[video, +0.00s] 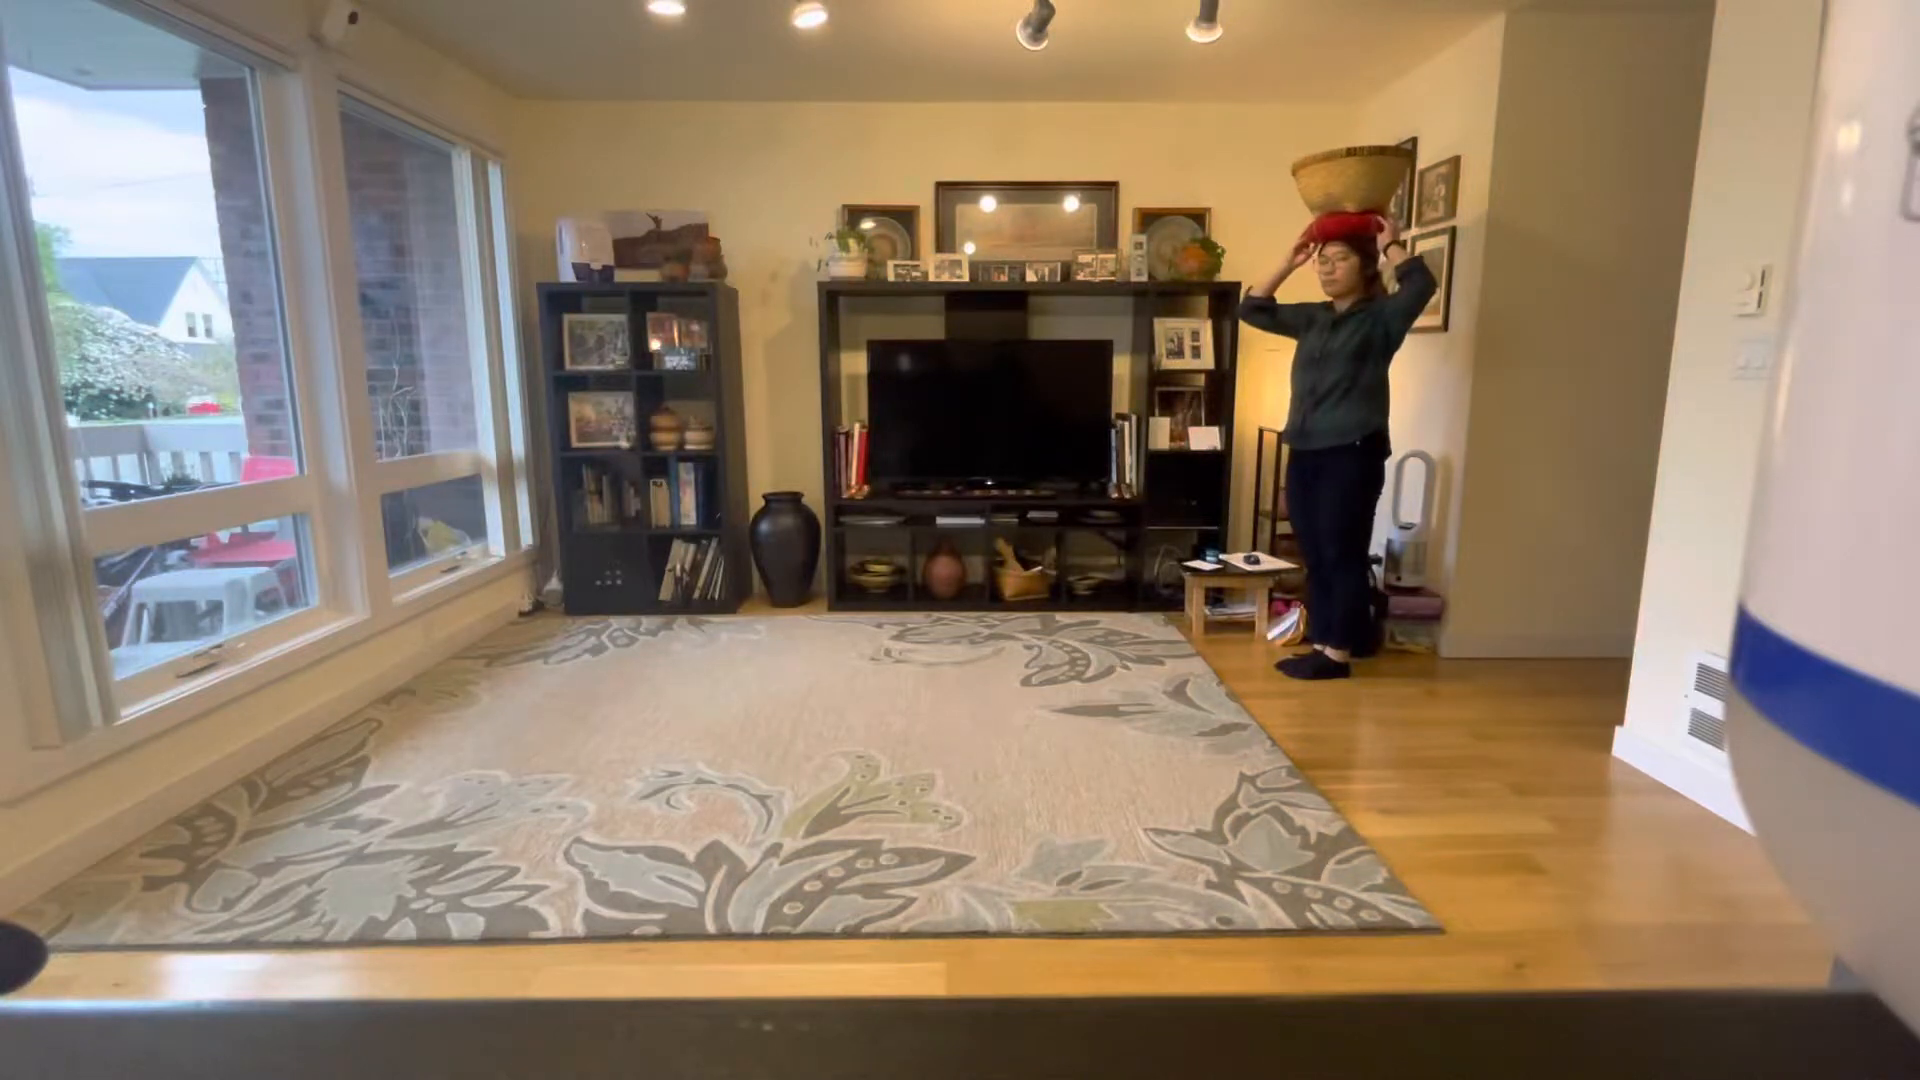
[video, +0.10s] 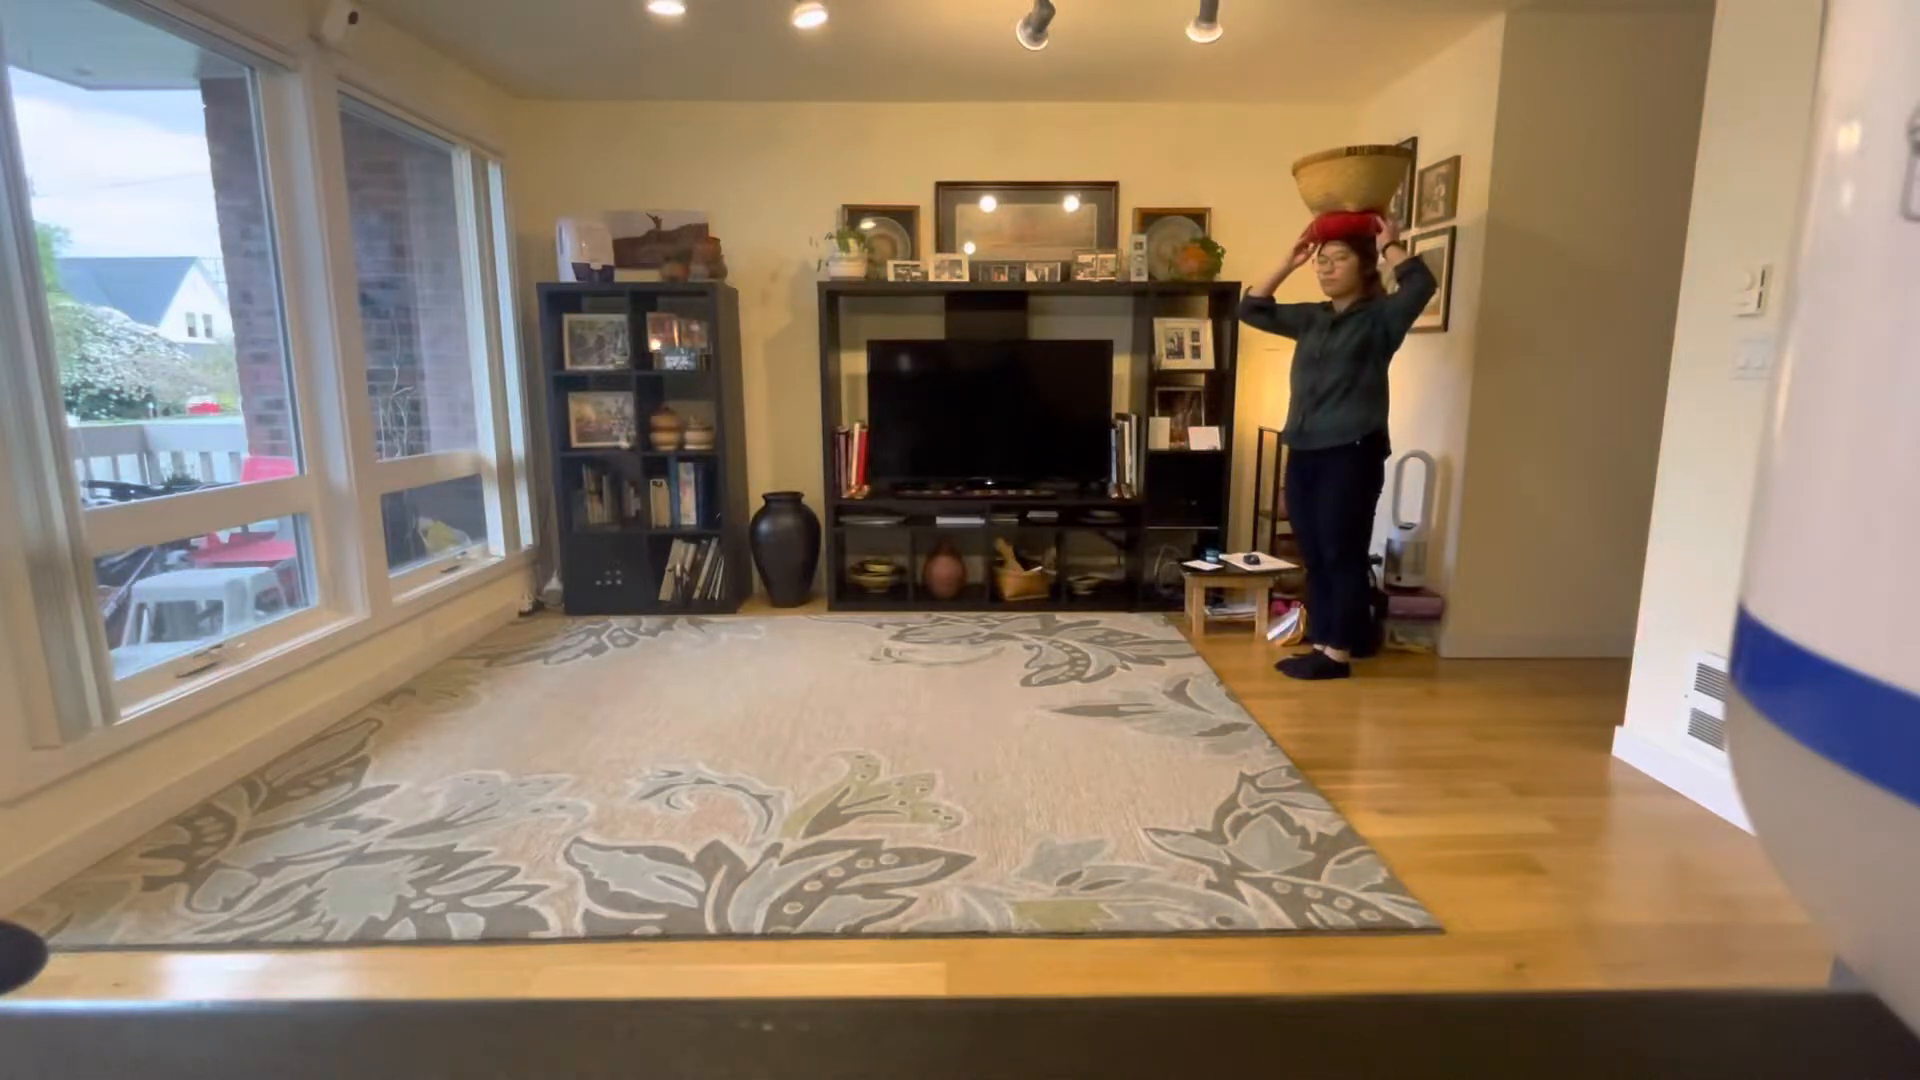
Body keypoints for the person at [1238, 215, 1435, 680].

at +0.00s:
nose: (1326, 267)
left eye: (1339, 258)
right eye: (1321, 259)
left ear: (1366, 267)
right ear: (1316, 265)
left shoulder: (1381, 317)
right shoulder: (1312, 317)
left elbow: (1422, 284)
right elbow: (1250, 310)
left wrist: (1391, 245)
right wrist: (1289, 264)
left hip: (1355, 448)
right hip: (1306, 448)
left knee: (1341, 547)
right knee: (1315, 547)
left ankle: (1338, 650)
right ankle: (1321, 641)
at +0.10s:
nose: (1325, 267)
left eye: (1338, 258)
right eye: (1320, 259)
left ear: (1365, 267)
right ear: (1315, 265)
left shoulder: (1380, 317)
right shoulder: (1310, 317)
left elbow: (1421, 284)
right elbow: (1250, 310)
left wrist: (1390, 245)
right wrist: (1289, 263)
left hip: (1354, 448)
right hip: (1305, 448)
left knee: (1341, 547)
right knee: (1314, 548)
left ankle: (1339, 650)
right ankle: (1321, 642)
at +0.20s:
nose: (1324, 267)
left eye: (1337, 258)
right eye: (1320, 259)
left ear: (1364, 266)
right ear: (1315, 264)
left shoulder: (1379, 316)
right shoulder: (1309, 317)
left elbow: (1421, 285)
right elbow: (1249, 310)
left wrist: (1391, 247)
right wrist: (1289, 263)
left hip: (1354, 448)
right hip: (1305, 448)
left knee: (1341, 547)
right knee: (1314, 547)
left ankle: (1338, 651)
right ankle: (1321, 642)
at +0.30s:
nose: (1325, 267)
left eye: (1336, 258)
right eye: (1319, 259)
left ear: (1364, 266)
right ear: (1314, 265)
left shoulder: (1379, 317)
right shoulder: (1310, 317)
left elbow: (1418, 286)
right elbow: (1249, 310)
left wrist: (1389, 247)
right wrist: (1287, 265)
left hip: (1353, 448)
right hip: (1305, 449)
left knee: (1341, 548)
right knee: (1315, 549)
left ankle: (1339, 651)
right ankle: (1321, 643)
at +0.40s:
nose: (1324, 267)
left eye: (1335, 258)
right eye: (1318, 259)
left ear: (1362, 266)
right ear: (1314, 266)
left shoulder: (1378, 317)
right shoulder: (1310, 317)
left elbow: (1414, 287)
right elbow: (1250, 310)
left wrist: (1385, 247)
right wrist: (1287, 266)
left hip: (1352, 448)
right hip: (1305, 449)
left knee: (1341, 549)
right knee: (1314, 550)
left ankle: (1338, 652)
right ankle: (1321, 643)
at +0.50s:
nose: (1323, 267)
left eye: (1335, 258)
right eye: (1318, 259)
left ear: (1362, 266)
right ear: (1313, 266)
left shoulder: (1377, 317)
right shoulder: (1311, 317)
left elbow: (1411, 288)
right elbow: (1250, 311)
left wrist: (1383, 248)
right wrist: (1288, 268)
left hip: (1352, 449)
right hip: (1304, 449)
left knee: (1341, 549)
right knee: (1314, 550)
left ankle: (1338, 652)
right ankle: (1321, 643)